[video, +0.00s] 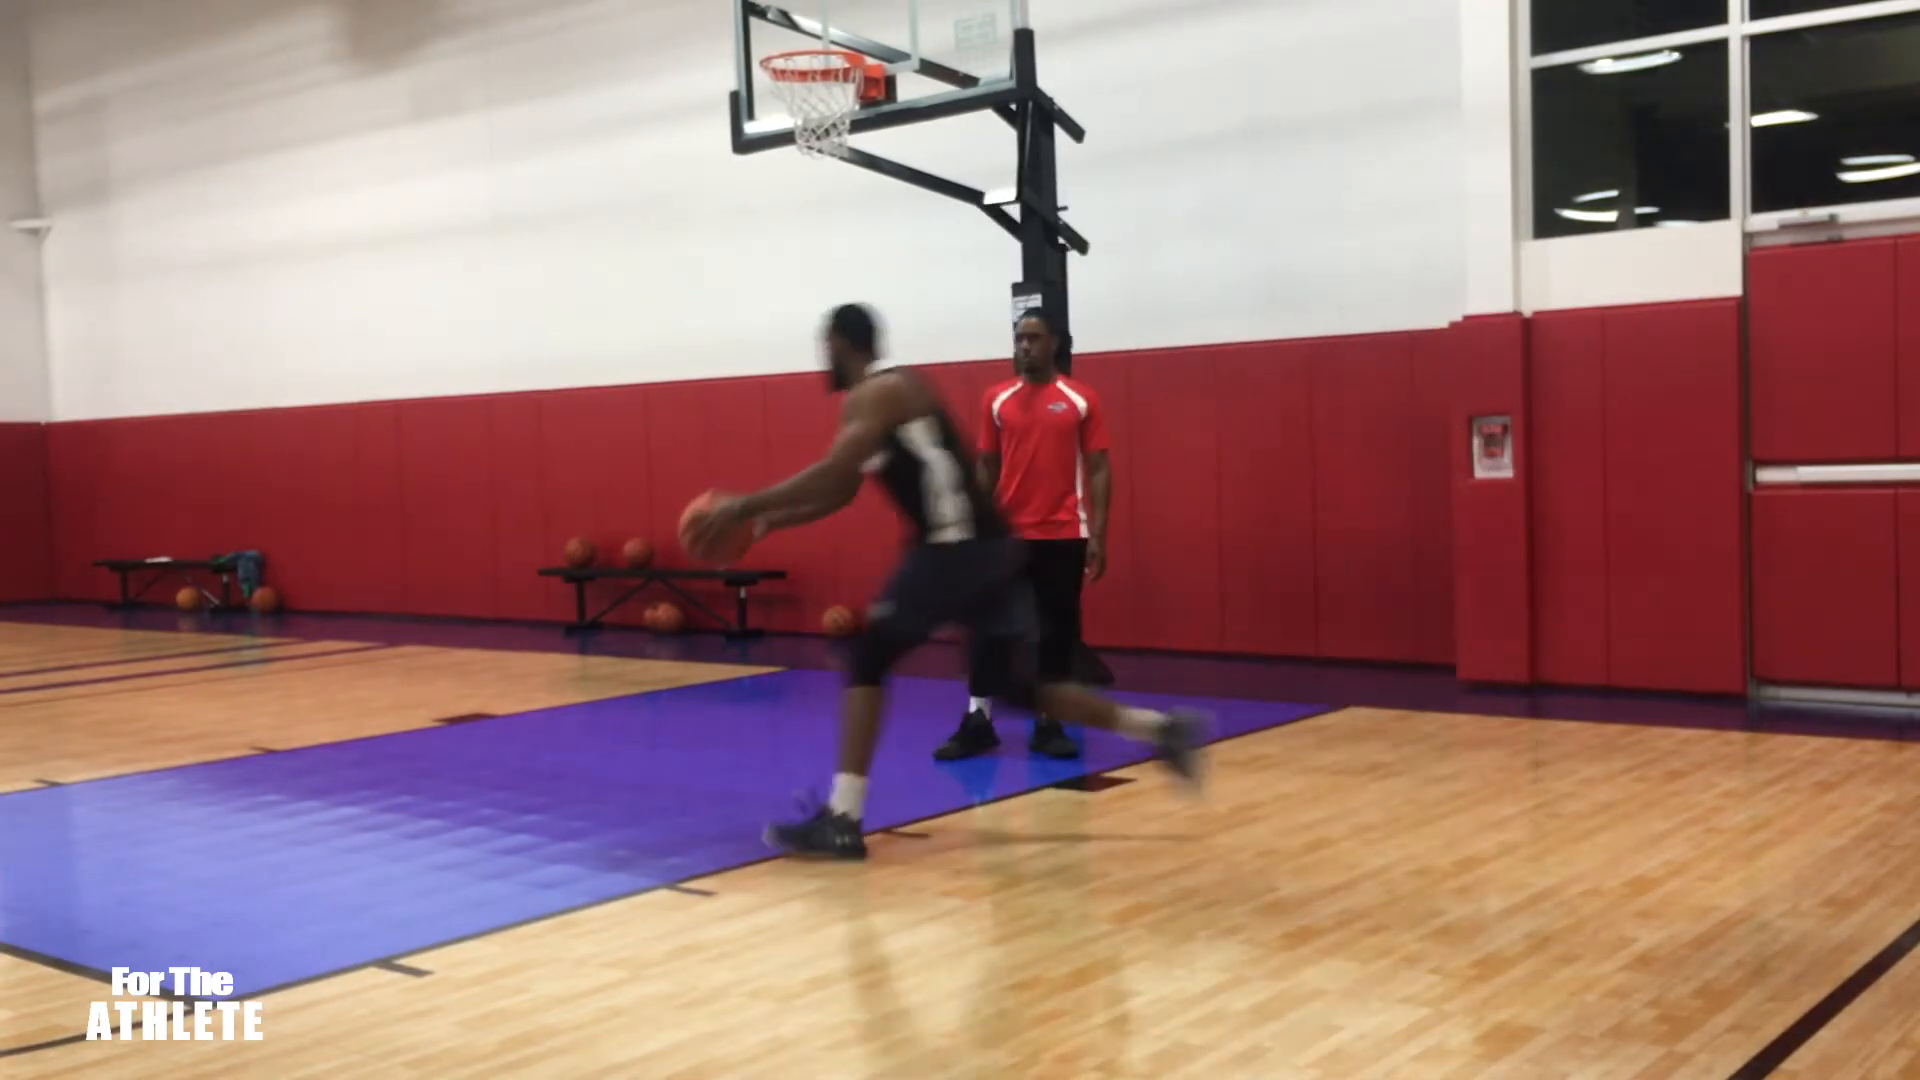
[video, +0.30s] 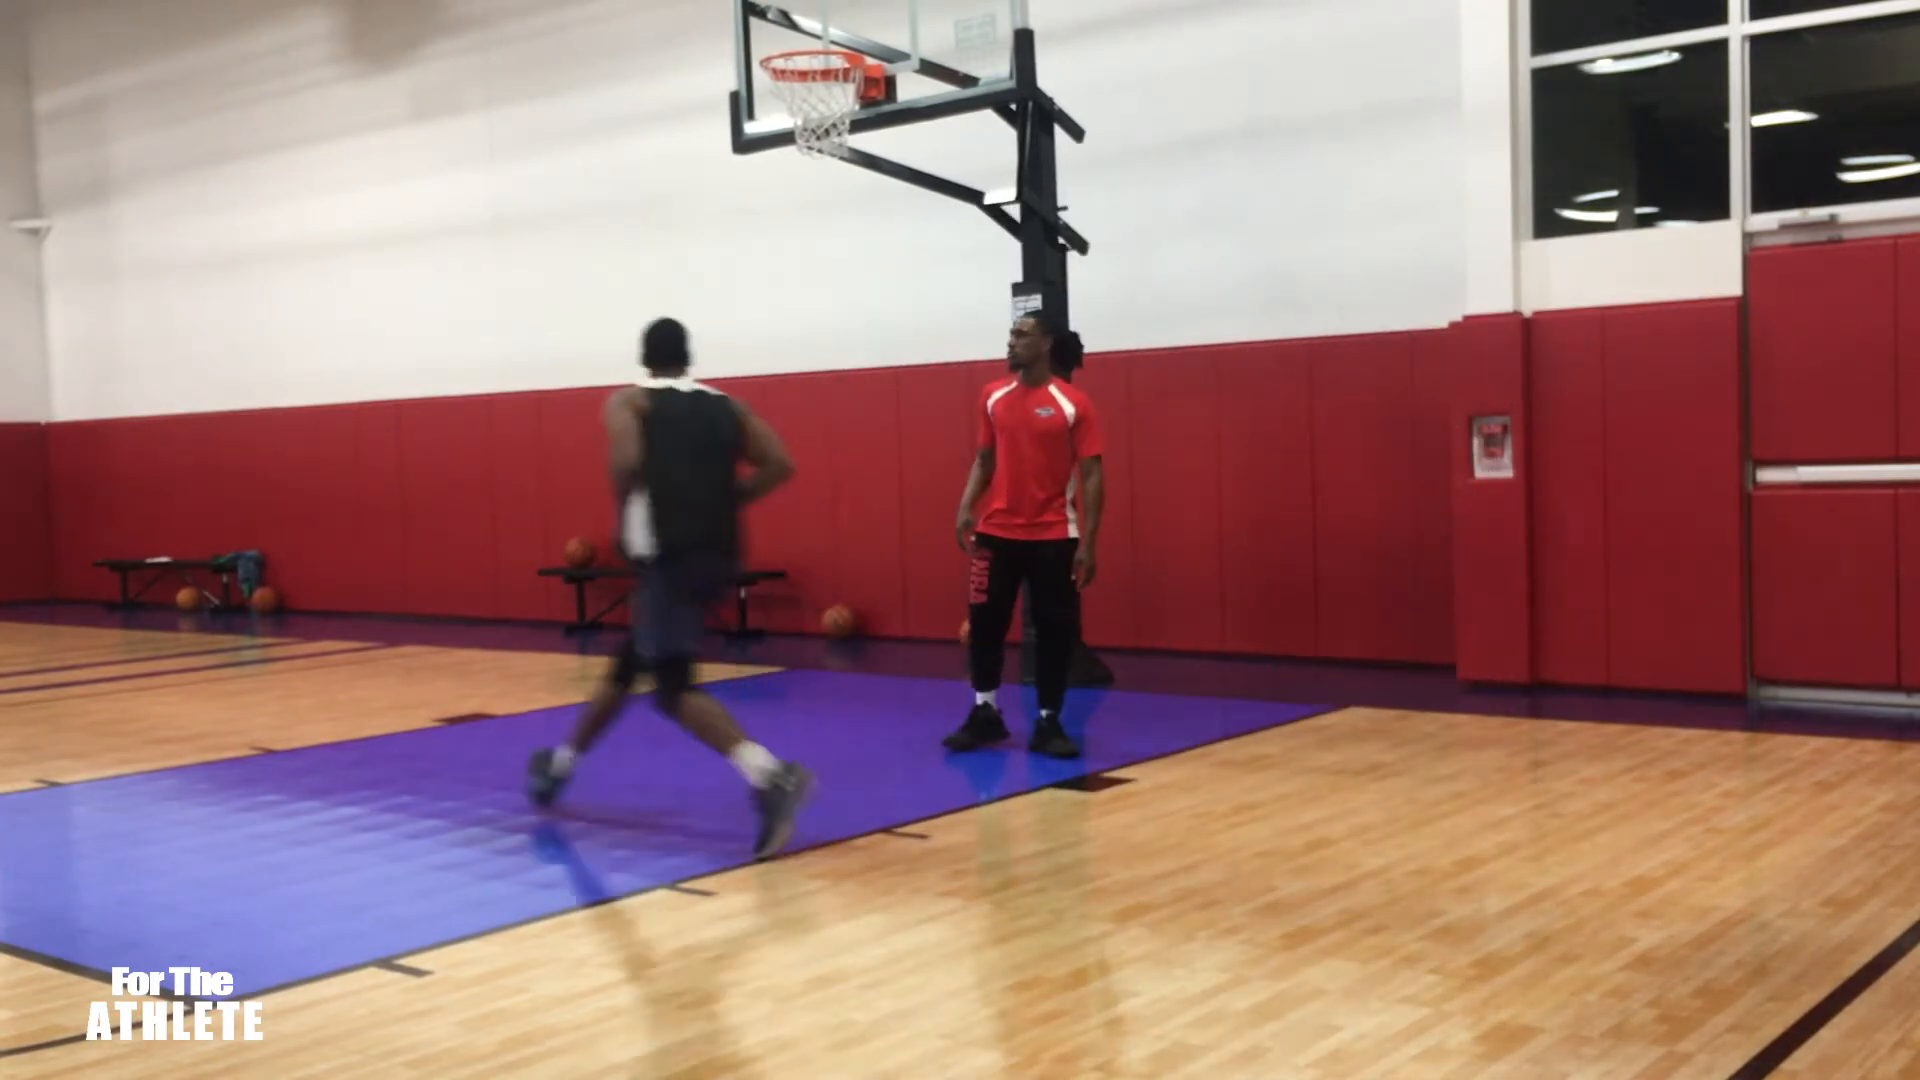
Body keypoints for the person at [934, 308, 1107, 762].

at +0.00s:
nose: (1024, 346)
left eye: (1034, 338)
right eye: (1020, 338)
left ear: (1056, 344)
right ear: (1014, 346)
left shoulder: (1080, 400)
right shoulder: (997, 400)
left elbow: (1098, 469)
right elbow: (987, 465)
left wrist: (1097, 537)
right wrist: (977, 520)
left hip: (1062, 537)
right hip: (1007, 534)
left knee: (1058, 631)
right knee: (987, 622)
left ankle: (1051, 721)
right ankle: (978, 717)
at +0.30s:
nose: (1012, 341)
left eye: (1022, 335)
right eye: (1011, 334)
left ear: (1048, 344)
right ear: (1009, 341)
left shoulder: (1074, 404)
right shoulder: (994, 397)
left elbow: (1091, 475)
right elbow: (984, 460)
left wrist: (1087, 543)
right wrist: (965, 510)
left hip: (1051, 535)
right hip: (997, 533)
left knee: (1055, 630)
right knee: (985, 623)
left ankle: (1048, 722)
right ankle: (984, 712)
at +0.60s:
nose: (988, 338)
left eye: (999, 334)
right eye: (991, 332)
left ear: (1022, 347)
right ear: (999, 346)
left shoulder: (1043, 403)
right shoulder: (980, 399)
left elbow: (1060, 477)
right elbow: (981, 461)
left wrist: (1049, 542)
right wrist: (952, 507)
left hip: (1027, 541)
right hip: (984, 539)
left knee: (1038, 632)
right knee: (978, 623)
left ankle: (1047, 722)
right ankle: (991, 714)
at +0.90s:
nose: (963, 339)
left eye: (975, 336)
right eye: (968, 333)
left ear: (993, 354)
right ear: (975, 353)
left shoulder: (998, 400)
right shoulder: (966, 401)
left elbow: (1002, 472)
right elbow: (966, 471)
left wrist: (980, 540)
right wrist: (935, 508)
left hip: (996, 538)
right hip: (961, 538)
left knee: (1012, 626)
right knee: (965, 622)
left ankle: (1036, 719)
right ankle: (988, 713)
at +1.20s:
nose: (945, 337)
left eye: (955, 334)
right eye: (950, 331)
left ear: (970, 351)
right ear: (966, 352)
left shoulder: (968, 396)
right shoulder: (957, 395)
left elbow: (966, 468)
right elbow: (953, 469)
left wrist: (927, 531)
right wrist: (919, 502)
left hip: (968, 523)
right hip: (965, 520)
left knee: (952, 616)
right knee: (976, 614)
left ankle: (973, 713)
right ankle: (992, 711)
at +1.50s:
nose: (922, 342)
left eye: (931, 339)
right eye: (928, 337)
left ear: (941, 354)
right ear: (948, 358)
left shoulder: (935, 397)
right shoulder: (948, 397)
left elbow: (936, 468)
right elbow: (940, 468)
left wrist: (919, 537)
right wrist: (908, 510)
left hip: (937, 533)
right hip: (957, 531)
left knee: (910, 618)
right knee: (962, 618)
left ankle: (897, 712)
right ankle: (989, 709)